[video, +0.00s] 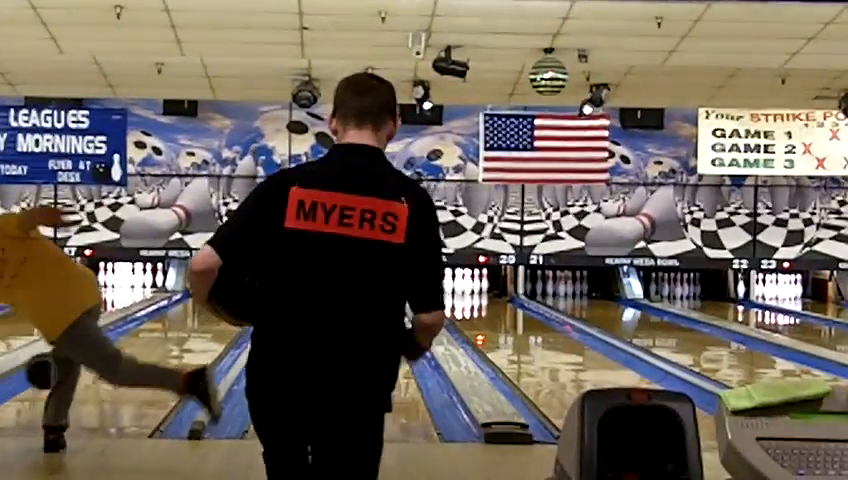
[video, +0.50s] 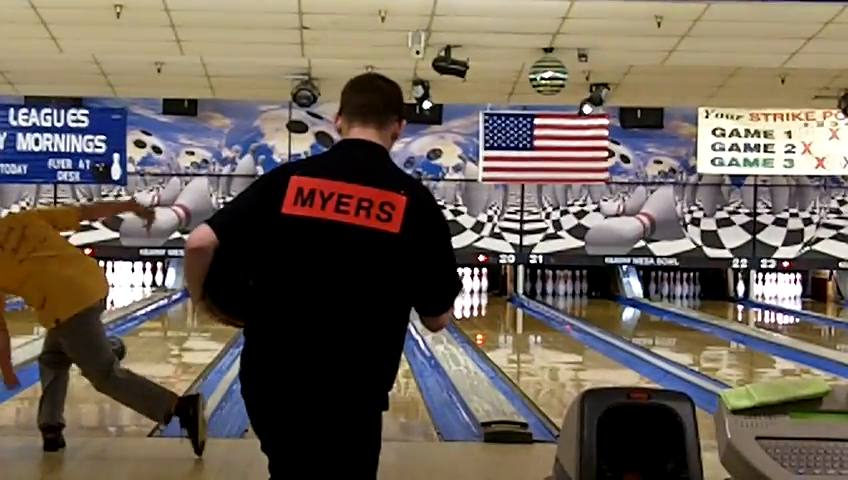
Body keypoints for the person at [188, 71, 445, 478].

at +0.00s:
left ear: (333, 123)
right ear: (394, 126)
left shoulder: (285, 184)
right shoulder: (412, 201)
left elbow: (202, 267)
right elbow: (431, 316)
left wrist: (223, 310)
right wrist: (417, 345)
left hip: (278, 383)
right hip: (359, 389)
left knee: (285, 477)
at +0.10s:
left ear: (337, 123)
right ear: (396, 129)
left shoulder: (288, 178)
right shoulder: (414, 200)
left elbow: (202, 252)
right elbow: (428, 316)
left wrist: (204, 300)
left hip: (276, 385)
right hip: (356, 392)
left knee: (286, 478)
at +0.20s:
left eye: (338, 120)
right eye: (402, 130)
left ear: (341, 122)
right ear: (400, 130)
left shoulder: (290, 175)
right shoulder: (416, 199)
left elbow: (202, 245)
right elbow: (430, 316)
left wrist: (204, 296)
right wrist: (401, 263)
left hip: (275, 384)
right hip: (356, 391)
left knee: (285, 478)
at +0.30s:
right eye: (404, 132)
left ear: (342, 122)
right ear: (402, 131)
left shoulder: (290, 175)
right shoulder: (419, 201)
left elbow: (202, 242)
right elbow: (434, 319)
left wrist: (204, 297)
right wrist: (404, 271)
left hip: (274, 384)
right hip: (357, 392)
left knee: (287, 478)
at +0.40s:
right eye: (402, 129)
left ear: (341, 121)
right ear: (401, 130)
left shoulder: (289, 176)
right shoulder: (419, 202)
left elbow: (201, 241)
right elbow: (436, 319)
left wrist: (203, 298)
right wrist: (408, 268)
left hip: (273, 381)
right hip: (356, 391)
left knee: (287, 477)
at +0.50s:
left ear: (338, 121)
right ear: (398, 129)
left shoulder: (288, 177)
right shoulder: (416, 202)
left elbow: (199, 243)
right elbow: (436, 317)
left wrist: (204, 302)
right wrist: (407, 266)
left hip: (271, 381)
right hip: (355, 391)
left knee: (286, 475)